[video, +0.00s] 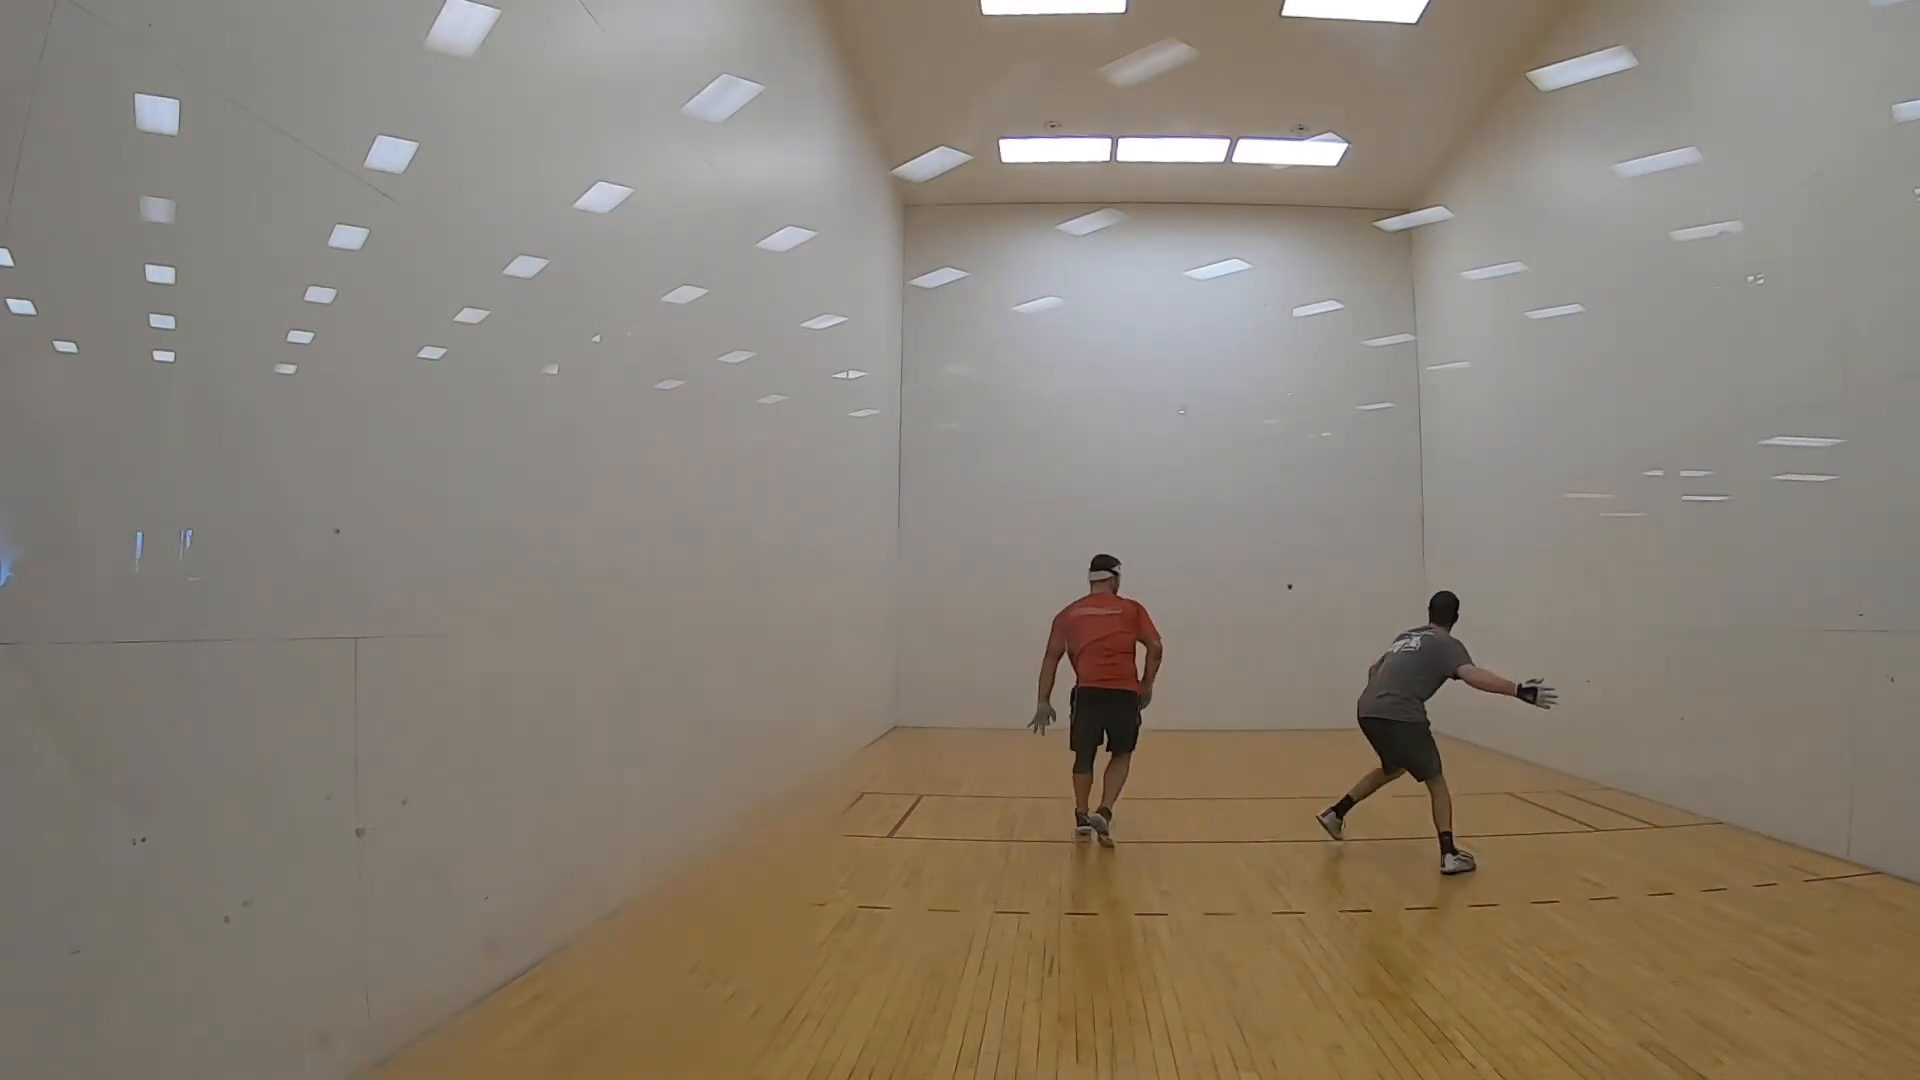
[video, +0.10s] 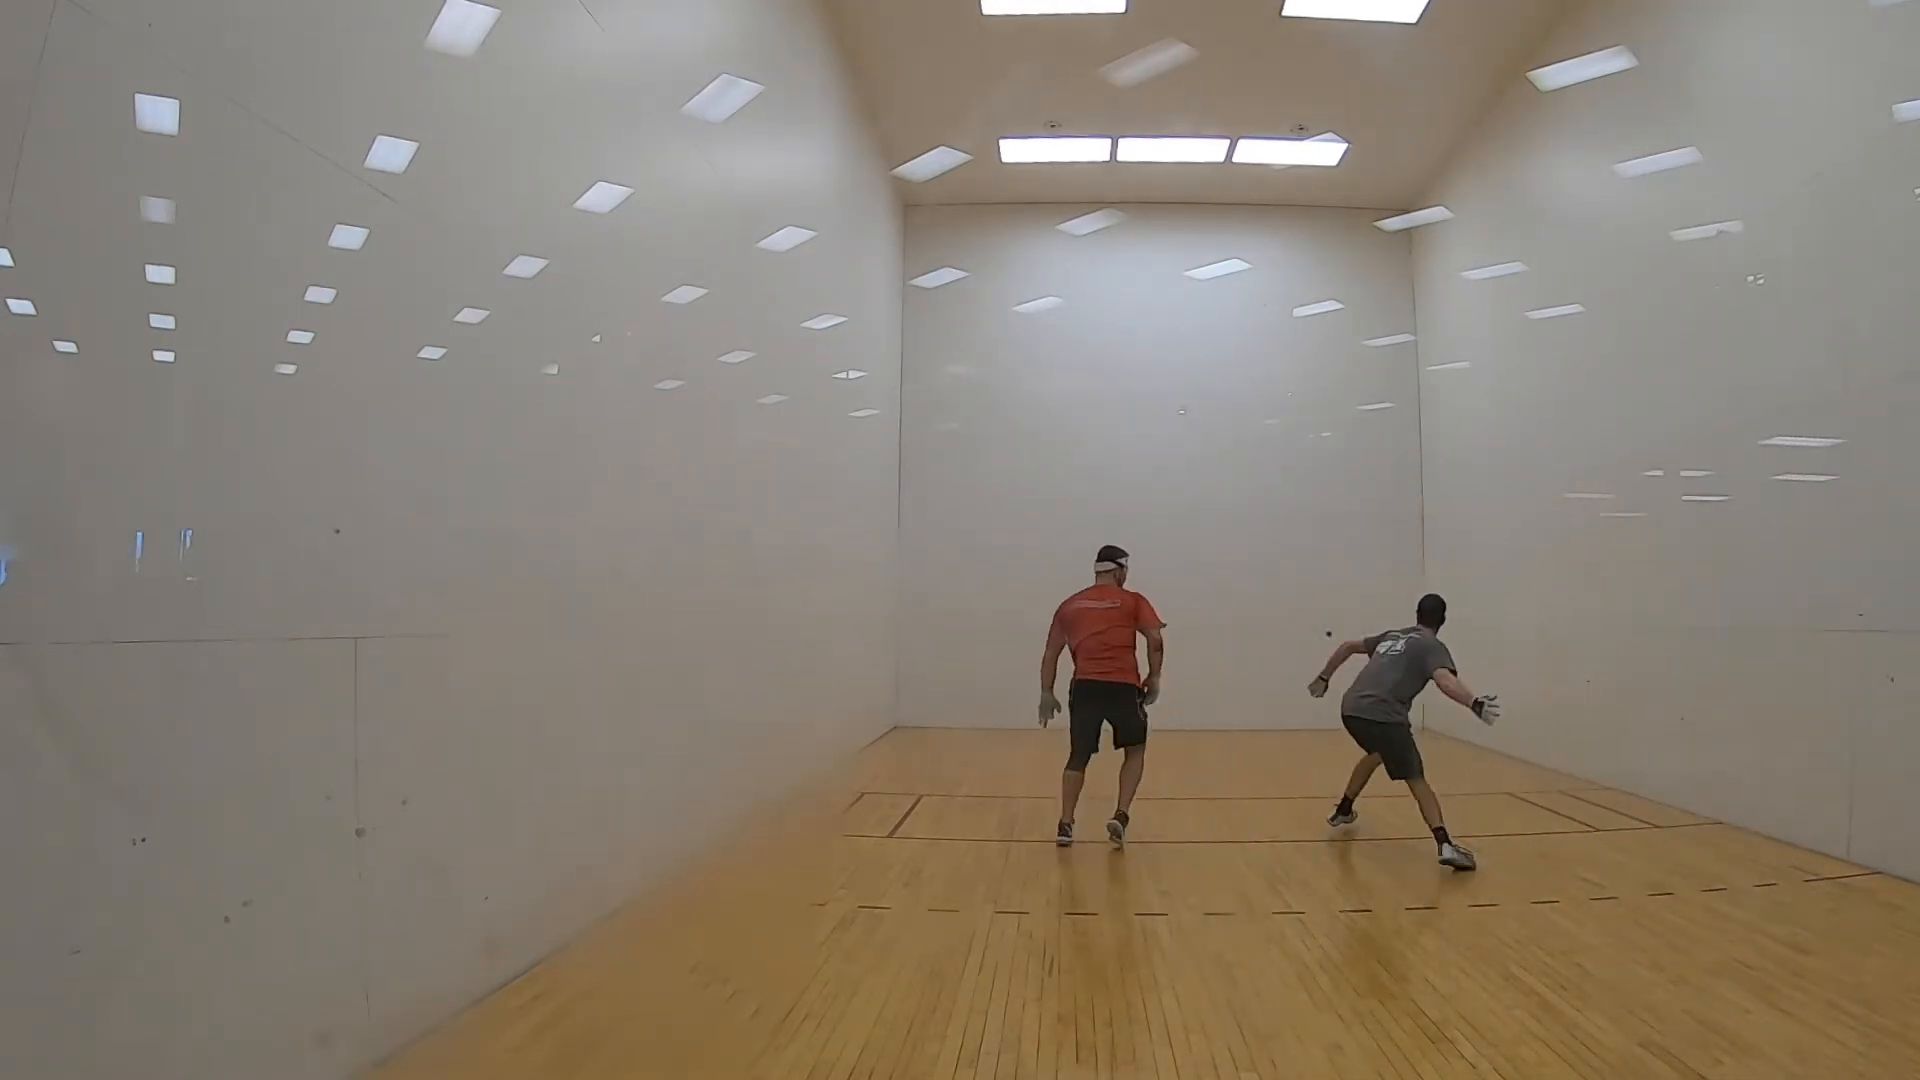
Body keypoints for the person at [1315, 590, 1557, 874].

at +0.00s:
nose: (1452, 620)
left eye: (1445, 612)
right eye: (1454, 615)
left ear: (1428, 613)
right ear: (1455, 618)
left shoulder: (1406, 637)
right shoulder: (1449, 645)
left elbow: (1375, 669)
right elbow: (1473, 676)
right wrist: (1518, 689)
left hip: (1369, 713)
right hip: (1404, 716)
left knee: (1393, 768)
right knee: (1435, 782)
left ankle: (1335, 813)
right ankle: (1449, 854)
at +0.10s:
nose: (1439, 622)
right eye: (1441, 618)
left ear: (1416, 616)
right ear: (1442, 620)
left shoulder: (1390, 637)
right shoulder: (1432, 647)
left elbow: (1348, 647)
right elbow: (1446, 682)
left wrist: (1323, 677)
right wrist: (1475, 703)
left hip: (1351, 711)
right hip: (1386, 718)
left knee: (1375, 754)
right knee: (1417, 782)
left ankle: (1343, 810)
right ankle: (1444, 844)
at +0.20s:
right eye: (1421, 619)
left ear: (1399, 612)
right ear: (1422, 622)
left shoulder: (1368, 627)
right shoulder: (1412, 662)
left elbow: (1325, 644)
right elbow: (1408, 713)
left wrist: (1311, 673)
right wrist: (1424, 754)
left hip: (1338, 714)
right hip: (1370, 724)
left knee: (1362, 753)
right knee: (1391, 781)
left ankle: (1349, 810)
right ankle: (1423, 822)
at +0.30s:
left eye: (1388, 606)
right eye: (1401, 614)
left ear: (1381, 605)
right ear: (1403, 616)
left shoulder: (1356, 619)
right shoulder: (1395, 651)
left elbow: (1320, 647)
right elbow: (1382, 678)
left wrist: (1302, 668)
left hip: (1326, 707)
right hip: (1359, 718)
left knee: (1338, 749)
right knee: (1372, 779)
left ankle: (1345, 810)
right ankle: (1396, 811)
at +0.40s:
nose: (1371, 598)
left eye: (1371, 593)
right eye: (1382, 600)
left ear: (1367, 595)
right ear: (1387, 605)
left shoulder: (1349, 606)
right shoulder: (1380, 632)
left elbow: (1307, 627)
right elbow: (1350, 613)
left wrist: (1269, 631)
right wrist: (1351, 578)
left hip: (1319, 692)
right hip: (1351, 700)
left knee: (1323, 751)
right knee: (1349, 763)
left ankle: (1341, 810)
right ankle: (1383, 797)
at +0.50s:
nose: (1354, 581)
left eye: (1353, 576)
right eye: (1364, 583)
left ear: (1350, 578)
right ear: (1370, 588)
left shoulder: (1335, 593)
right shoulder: (1364, 614)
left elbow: (1302, 607)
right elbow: (1326, 602)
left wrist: (1259, 606)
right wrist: (1330, 571)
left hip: (1316, 681)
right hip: (1344, 686)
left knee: (1318, 745)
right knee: (1333, 745)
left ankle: (1341, 809)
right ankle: (1370, 787)